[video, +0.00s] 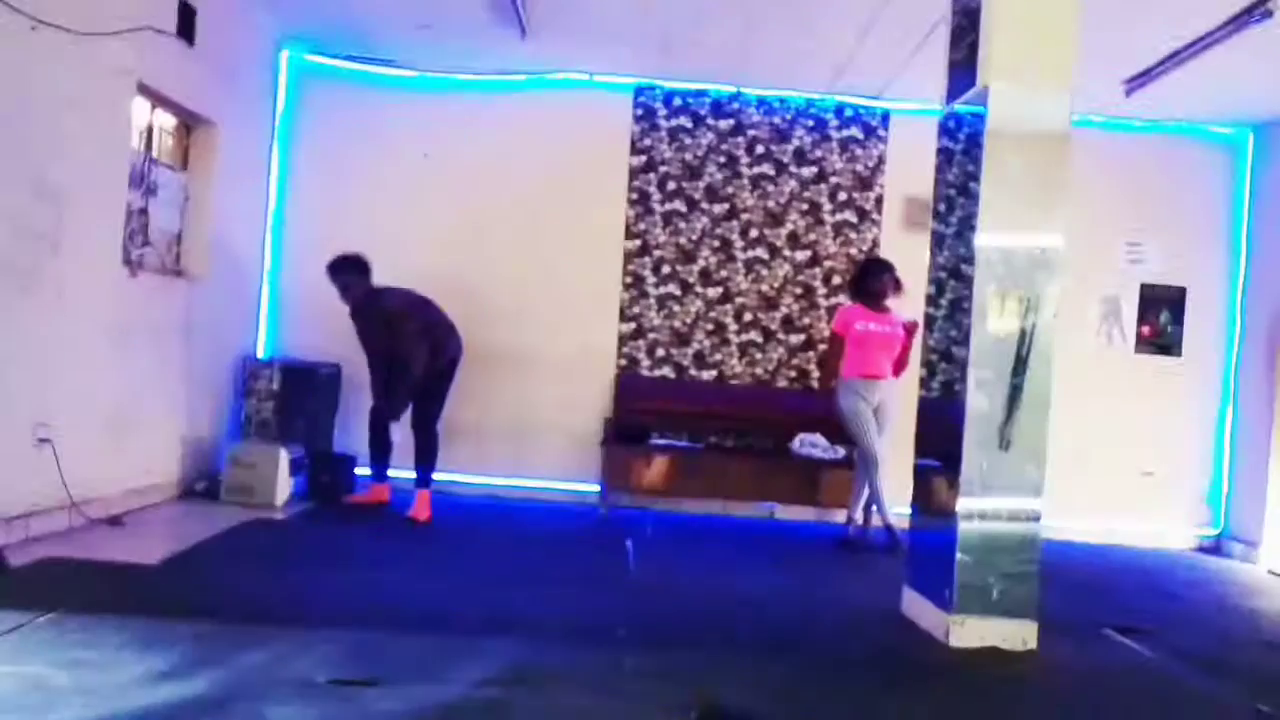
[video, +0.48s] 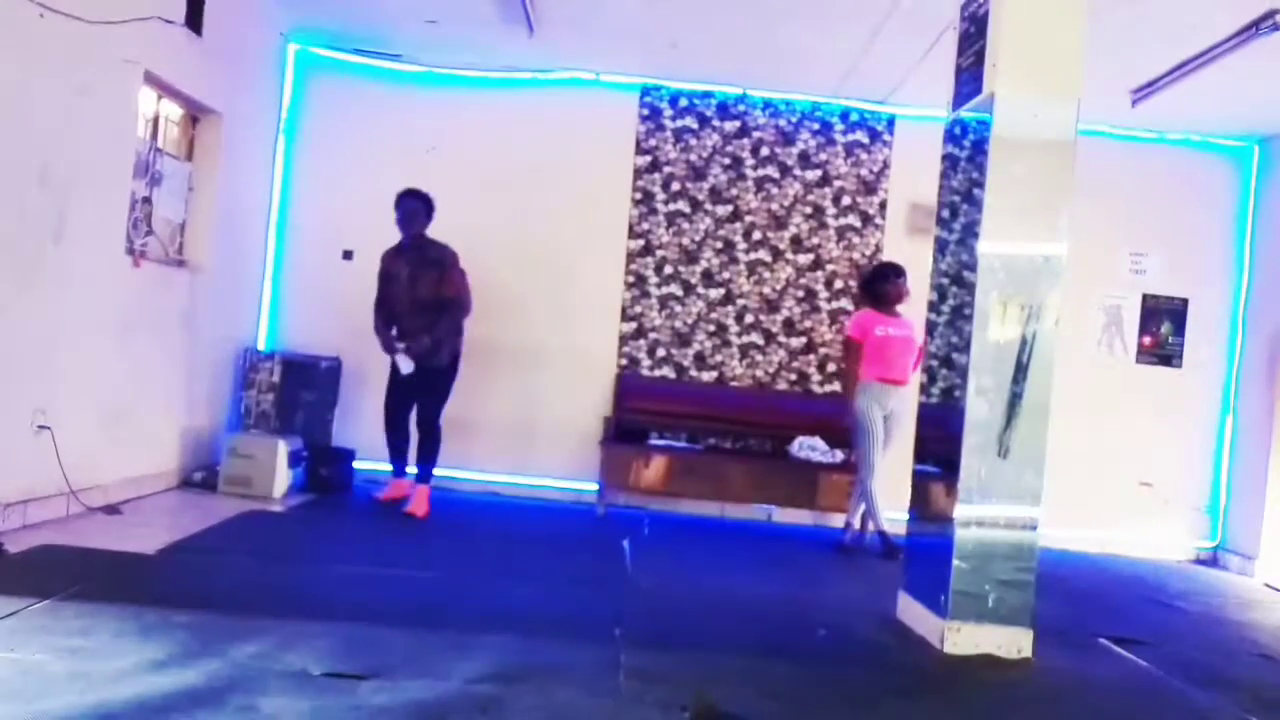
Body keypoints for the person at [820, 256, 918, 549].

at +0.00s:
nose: (886, 289)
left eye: (890, 282)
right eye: (881, 281)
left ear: (894, 285)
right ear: (866, 283)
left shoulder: (894, 321)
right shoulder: (849, 313)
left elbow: (897, 369)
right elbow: (833, 356)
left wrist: (909, 341)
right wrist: (829, 388)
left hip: (883, 387)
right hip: (854, 385)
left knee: (868, 456)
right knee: (871, 454)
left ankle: (853, 519)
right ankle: (887, 522)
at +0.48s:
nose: (904, 289)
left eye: (904, 282)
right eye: (897, 282)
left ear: (904, 288)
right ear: (880, 287)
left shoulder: (907, 325)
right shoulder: (863, 319)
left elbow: (912, 366)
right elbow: (851, 363)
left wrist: (923, 347)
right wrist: (850, 399)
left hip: (898, 391)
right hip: (870, 387)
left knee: (875, 462)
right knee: (870, 461)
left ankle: (852, 526)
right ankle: (880, 530)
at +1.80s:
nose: (900, 289)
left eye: (901, 282)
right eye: (894, 282)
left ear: (899, 287)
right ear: (876, 286)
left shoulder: (901, 326)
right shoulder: (855, 317)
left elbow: (901, 370)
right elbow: (840, 364)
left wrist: (916, 346)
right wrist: (836, 401)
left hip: (888, 396)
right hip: (859, 394)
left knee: (871, 465)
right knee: (870, 463)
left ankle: (852, 532)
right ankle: (886, 536)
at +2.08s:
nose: (891, 290)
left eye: (893, 283)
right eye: (884, 283)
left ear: (896, 288)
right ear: (868, 286)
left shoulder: (899, 326)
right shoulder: (848, 317)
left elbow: (896, 373)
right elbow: (833, 363)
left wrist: (909, 346)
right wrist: (827, 400)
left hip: (884, 398)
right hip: (852, 395)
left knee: (868, 465)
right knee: (867, 463)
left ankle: (850, 532)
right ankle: (884, 536)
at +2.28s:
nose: (886, 291)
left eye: (889, 284)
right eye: (879, 284)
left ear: (894, 289)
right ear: (865, 287)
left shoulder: (897, 324)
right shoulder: (846, 317)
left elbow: (896, 373)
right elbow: (832, 363)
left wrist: (907, 345)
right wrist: (824, 401)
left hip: (884, 397)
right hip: (852, 394)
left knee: (868, 465)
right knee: (866, 463)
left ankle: (850, 532)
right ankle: (884, 536)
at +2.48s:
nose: (886, 289)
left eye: (889, 283)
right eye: (879, 282)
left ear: (893, 288)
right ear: (864, 286)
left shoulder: (897, 325)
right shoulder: (846, 317)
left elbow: (897, 373)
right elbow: (832, 362)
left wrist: (907, 344)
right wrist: (825, 401)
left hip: (884, 397)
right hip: (853, 394)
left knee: (869, 465)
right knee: (867, 463)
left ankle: (851, 533)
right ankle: (884, 535)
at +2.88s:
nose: (894, 288)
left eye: (893, 282)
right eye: (887, 283)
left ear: (887, 285)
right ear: (870, 286)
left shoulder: (896, 324)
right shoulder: (849, 317)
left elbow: (895, 369)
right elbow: (836, 364)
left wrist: (909, 343)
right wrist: (832, 404)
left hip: (886, 397)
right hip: (856, 394)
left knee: (869, 465)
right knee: (869, 464)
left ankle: (853, 532)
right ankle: (887, 535)